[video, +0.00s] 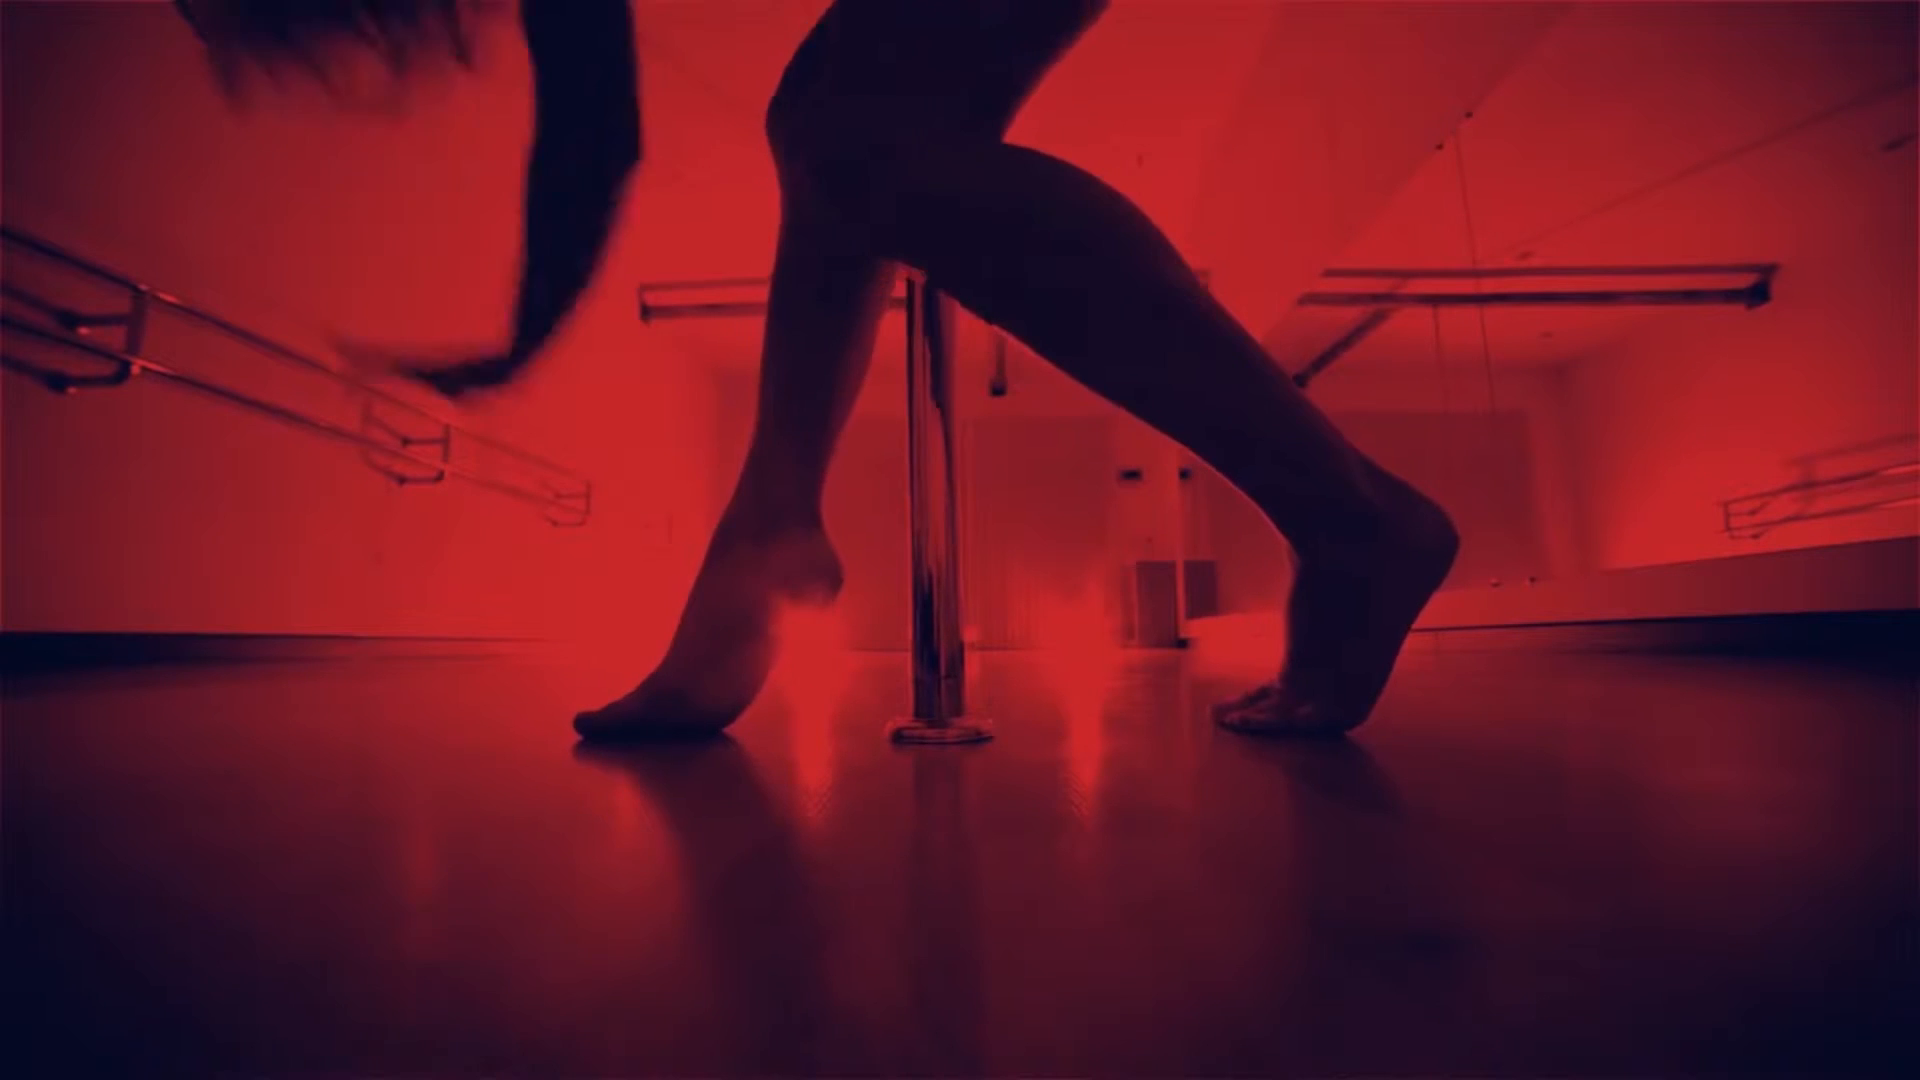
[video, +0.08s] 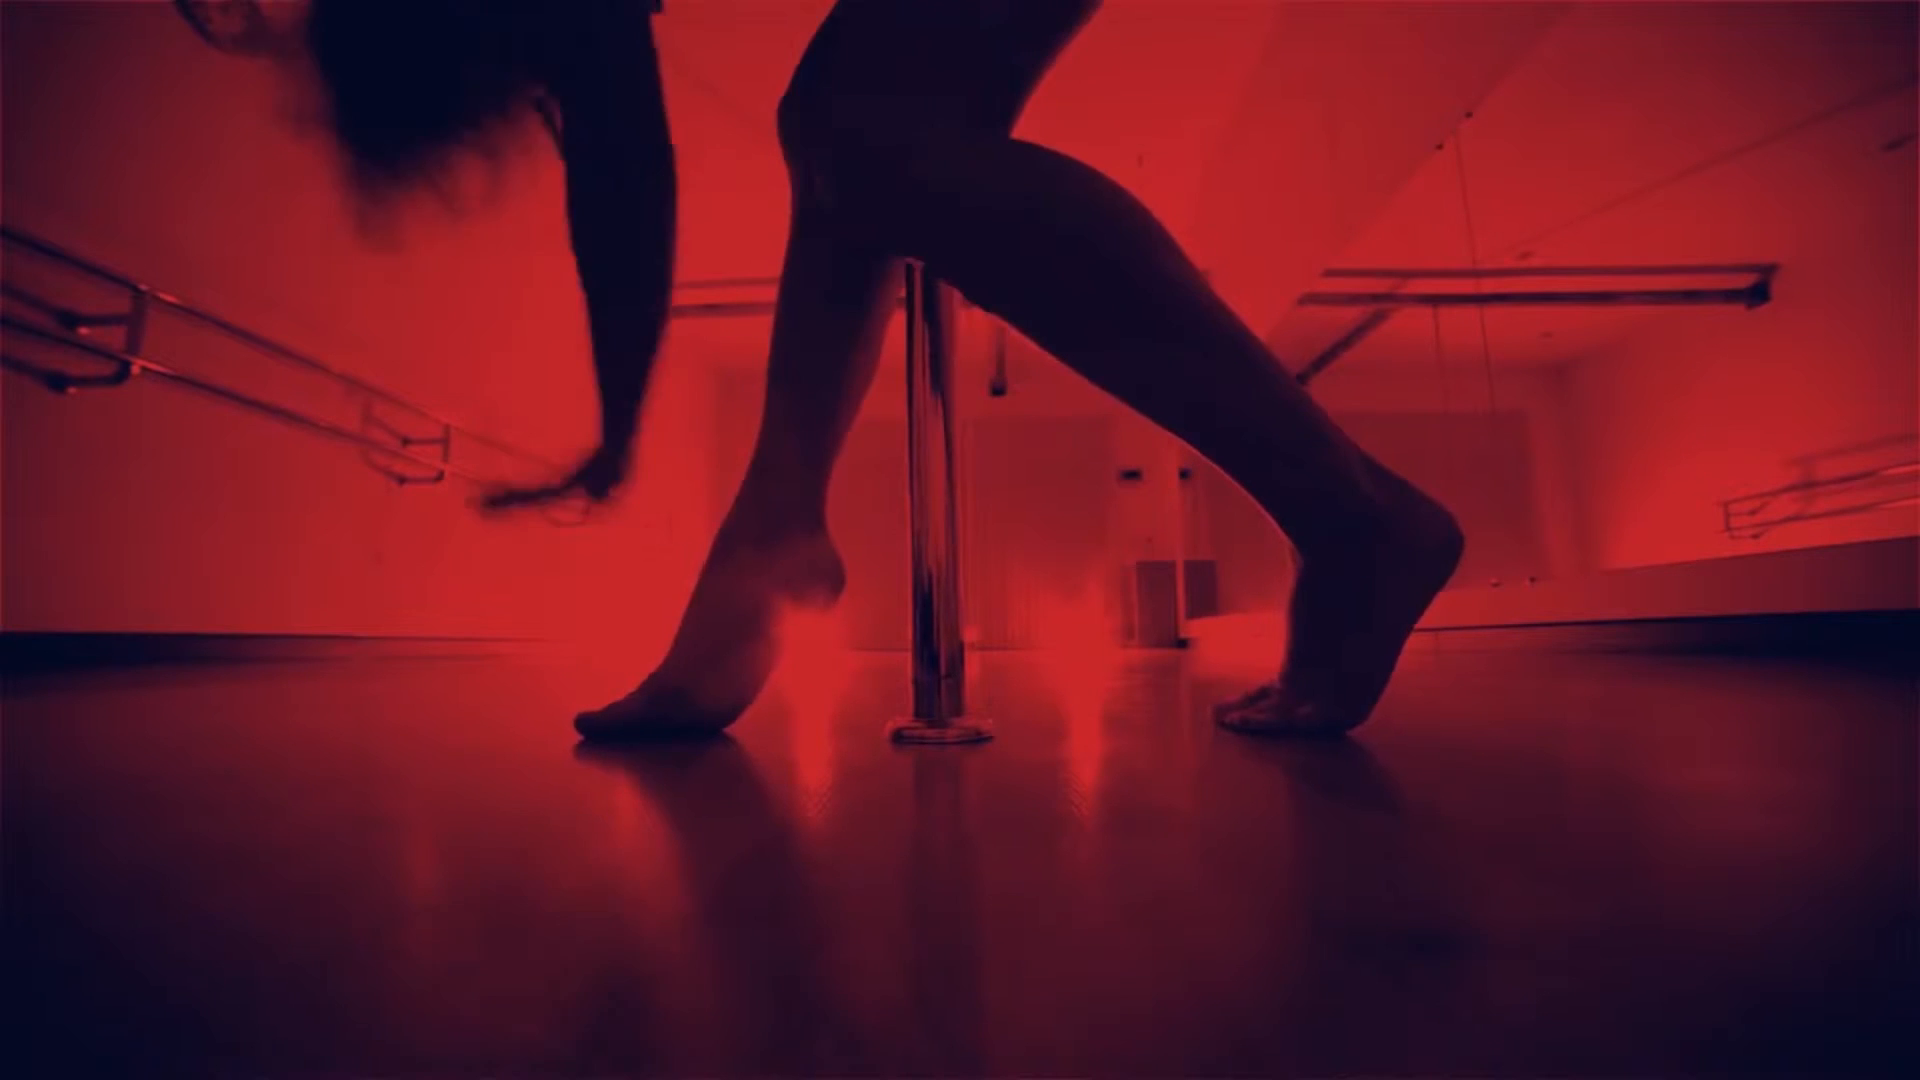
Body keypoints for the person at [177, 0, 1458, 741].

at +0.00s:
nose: (367, 56)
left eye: (321, 41)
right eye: (326, 48)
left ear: (335, 3)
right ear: (338, 5)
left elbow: (591, 126)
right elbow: (583, 124)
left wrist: (521, 337)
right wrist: (522, 334)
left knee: (888, 141)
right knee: (832, 118)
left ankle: (1353, 518)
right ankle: (772, 525)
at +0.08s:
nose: (502, 132)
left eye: (480, 108)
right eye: (484, 123)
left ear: (454, 46)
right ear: (440, 33)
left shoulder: (546, 2)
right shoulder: (552, 12)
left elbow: (616, 146)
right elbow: (620, 148)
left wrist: (613, 425)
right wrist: (607, 421)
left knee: (897, 132)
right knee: (846, 125)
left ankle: (1357, 525)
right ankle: (776, 532)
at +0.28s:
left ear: (526, 63)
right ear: (503, 66)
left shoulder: (541, 20)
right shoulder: (558, 25)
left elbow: (627, 189)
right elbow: (624, 193)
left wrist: (687, 500)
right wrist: (746, 509)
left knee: (893, 142)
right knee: (852, 126)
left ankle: (1356, 525)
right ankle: (788, 532)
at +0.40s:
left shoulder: (838, 31)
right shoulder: (613, 18)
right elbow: (624, 112)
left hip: (766, 341)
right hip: (602, 302)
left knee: (1075, 177)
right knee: (954, 64)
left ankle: (1146, 548)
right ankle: (609, 550)